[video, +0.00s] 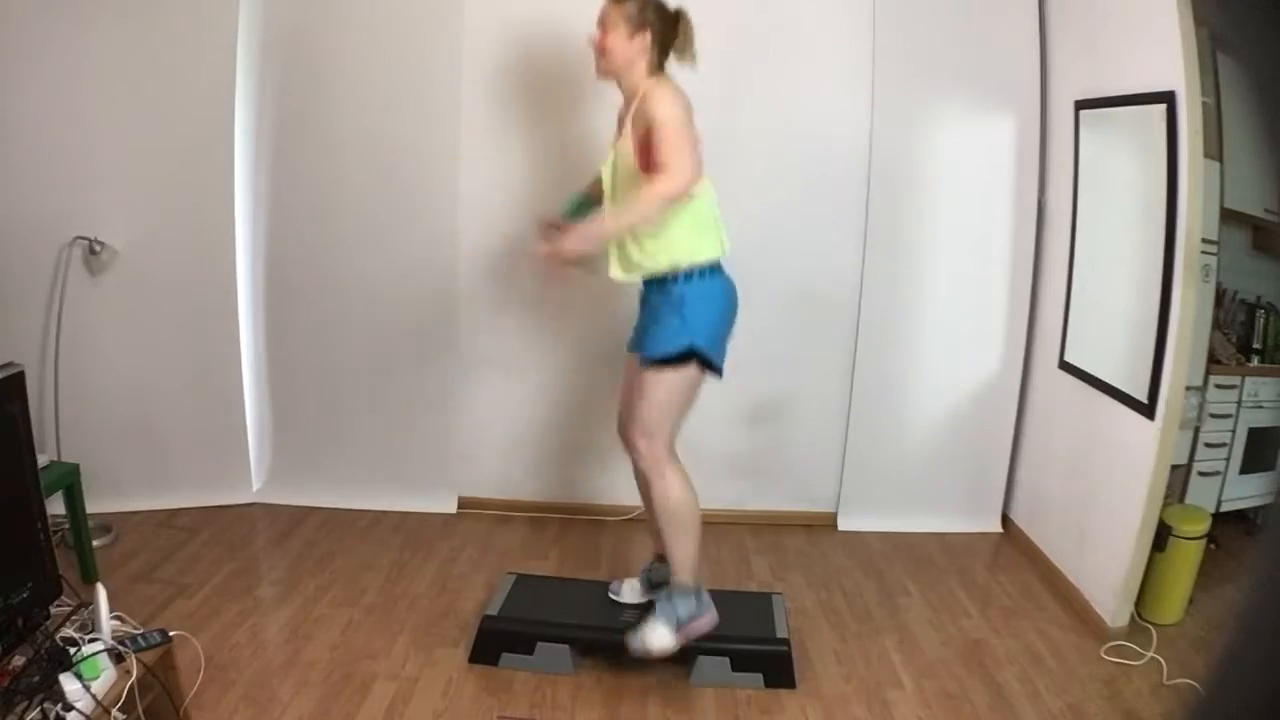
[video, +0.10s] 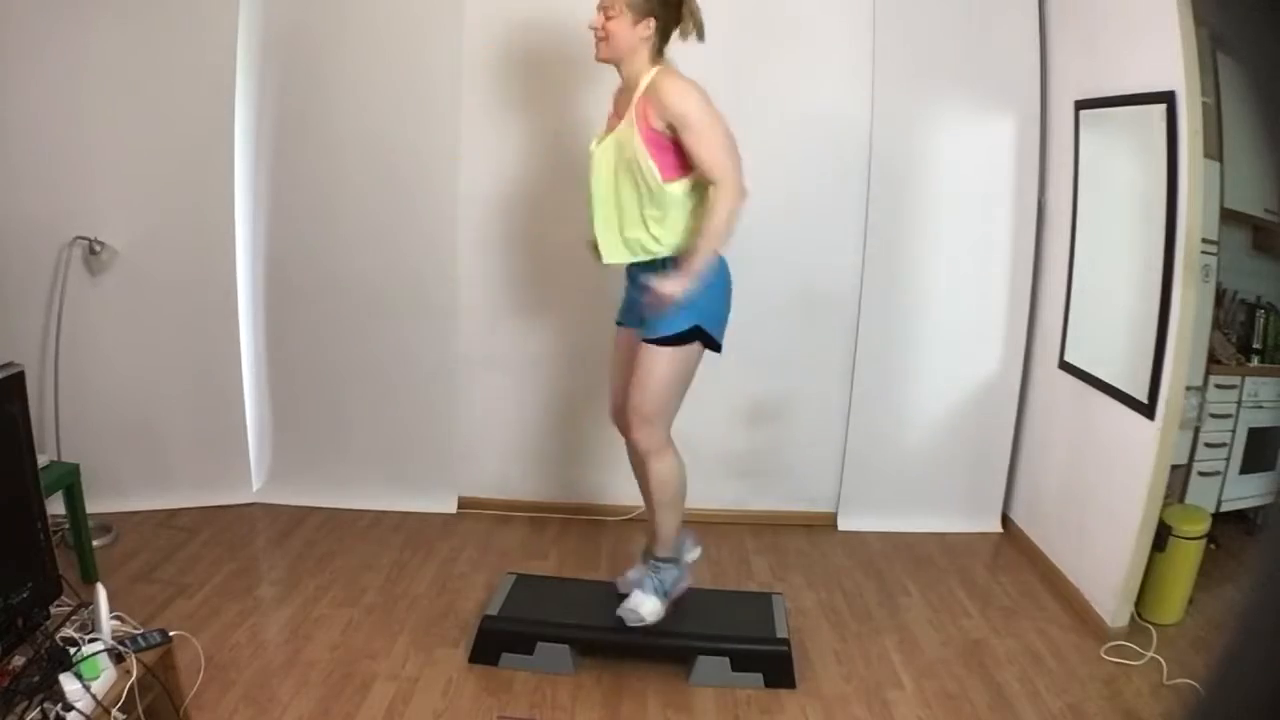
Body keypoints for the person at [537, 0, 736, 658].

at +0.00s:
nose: (594, 41)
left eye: (605, 29)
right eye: (596, 29)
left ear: (642, 40)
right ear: (636, 41)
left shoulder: (661, 99)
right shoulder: (635, 106)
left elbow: (676, 179)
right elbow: (620, 178)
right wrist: (571, 217)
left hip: (691, 291)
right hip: (664, 288)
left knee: (650, 439)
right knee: (635, 431)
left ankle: (691, 599)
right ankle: (670, 563)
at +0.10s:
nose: (596, 22)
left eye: (610, 13)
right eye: (598, 11)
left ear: (646, 27)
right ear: (631, 29)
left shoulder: (673, 94)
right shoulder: (624, 94)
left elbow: (730, 188)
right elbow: (641, 181)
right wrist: (614, 236)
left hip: (683, 278)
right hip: (642, 273)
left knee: (647, 425)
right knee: (629, 418)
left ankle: (668, 562)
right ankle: (670, 543)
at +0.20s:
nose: (599, 46)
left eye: (612, 38)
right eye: (600, 35)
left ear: (651, 49)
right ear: (617, 50)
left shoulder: (690, 120)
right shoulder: (621, 118)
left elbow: (742, 210)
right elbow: (634, 204)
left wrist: (728, 302)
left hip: (678, 298)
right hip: (628, 292)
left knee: (648, 443)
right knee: (608, 420)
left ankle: (657, 567)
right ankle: (668, 519)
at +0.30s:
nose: (613, 71)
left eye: (627, 61)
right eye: (611, 59)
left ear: (665, 70)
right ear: (612, 65)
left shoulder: (697, 139)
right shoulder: (612, 132)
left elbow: (743, 237)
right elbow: (611, 212)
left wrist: (717, 322)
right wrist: (587, 272)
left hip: (680, 315)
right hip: (622, 309)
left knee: (652, 451)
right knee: (606, 429)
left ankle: (659, 573)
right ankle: (644, 508)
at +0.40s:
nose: (633, 80)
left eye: (645, 70)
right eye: (628, 68)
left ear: (680, 74)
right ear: (623, 69)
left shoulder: (708, 138)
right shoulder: (608, 132)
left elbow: (742, 224)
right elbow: (562, 195)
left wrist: (718, 282)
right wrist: (523, 250)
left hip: (684, 313)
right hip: (623, 307)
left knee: (657, 443)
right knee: (609, 425)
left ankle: (660, 569)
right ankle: (624, 496)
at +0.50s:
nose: (641, 93)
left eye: (653, 85)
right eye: (636, 82)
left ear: (684, 89)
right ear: (631, 81)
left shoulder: (711, 144)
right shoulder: (608, 135)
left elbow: (747, 206)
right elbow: (541, 179)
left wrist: (738, 233)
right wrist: (488, 206)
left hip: (683, 310)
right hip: (623, 305)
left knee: (660, 439)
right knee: (609, 424)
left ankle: (660, 567)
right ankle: (610, 497)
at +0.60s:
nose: (653, 125)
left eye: (666, 116)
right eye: (645, 112)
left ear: (683, 117)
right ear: (630, 109)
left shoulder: (700, 162)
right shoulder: (604, 155)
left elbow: (734, 182)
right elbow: (545, 174)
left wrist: (758, 198)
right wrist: (499, 173)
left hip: (679, 325)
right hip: (618, 320)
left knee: (658, 436)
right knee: (610, 432)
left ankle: (660, 567)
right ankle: (603, 515)